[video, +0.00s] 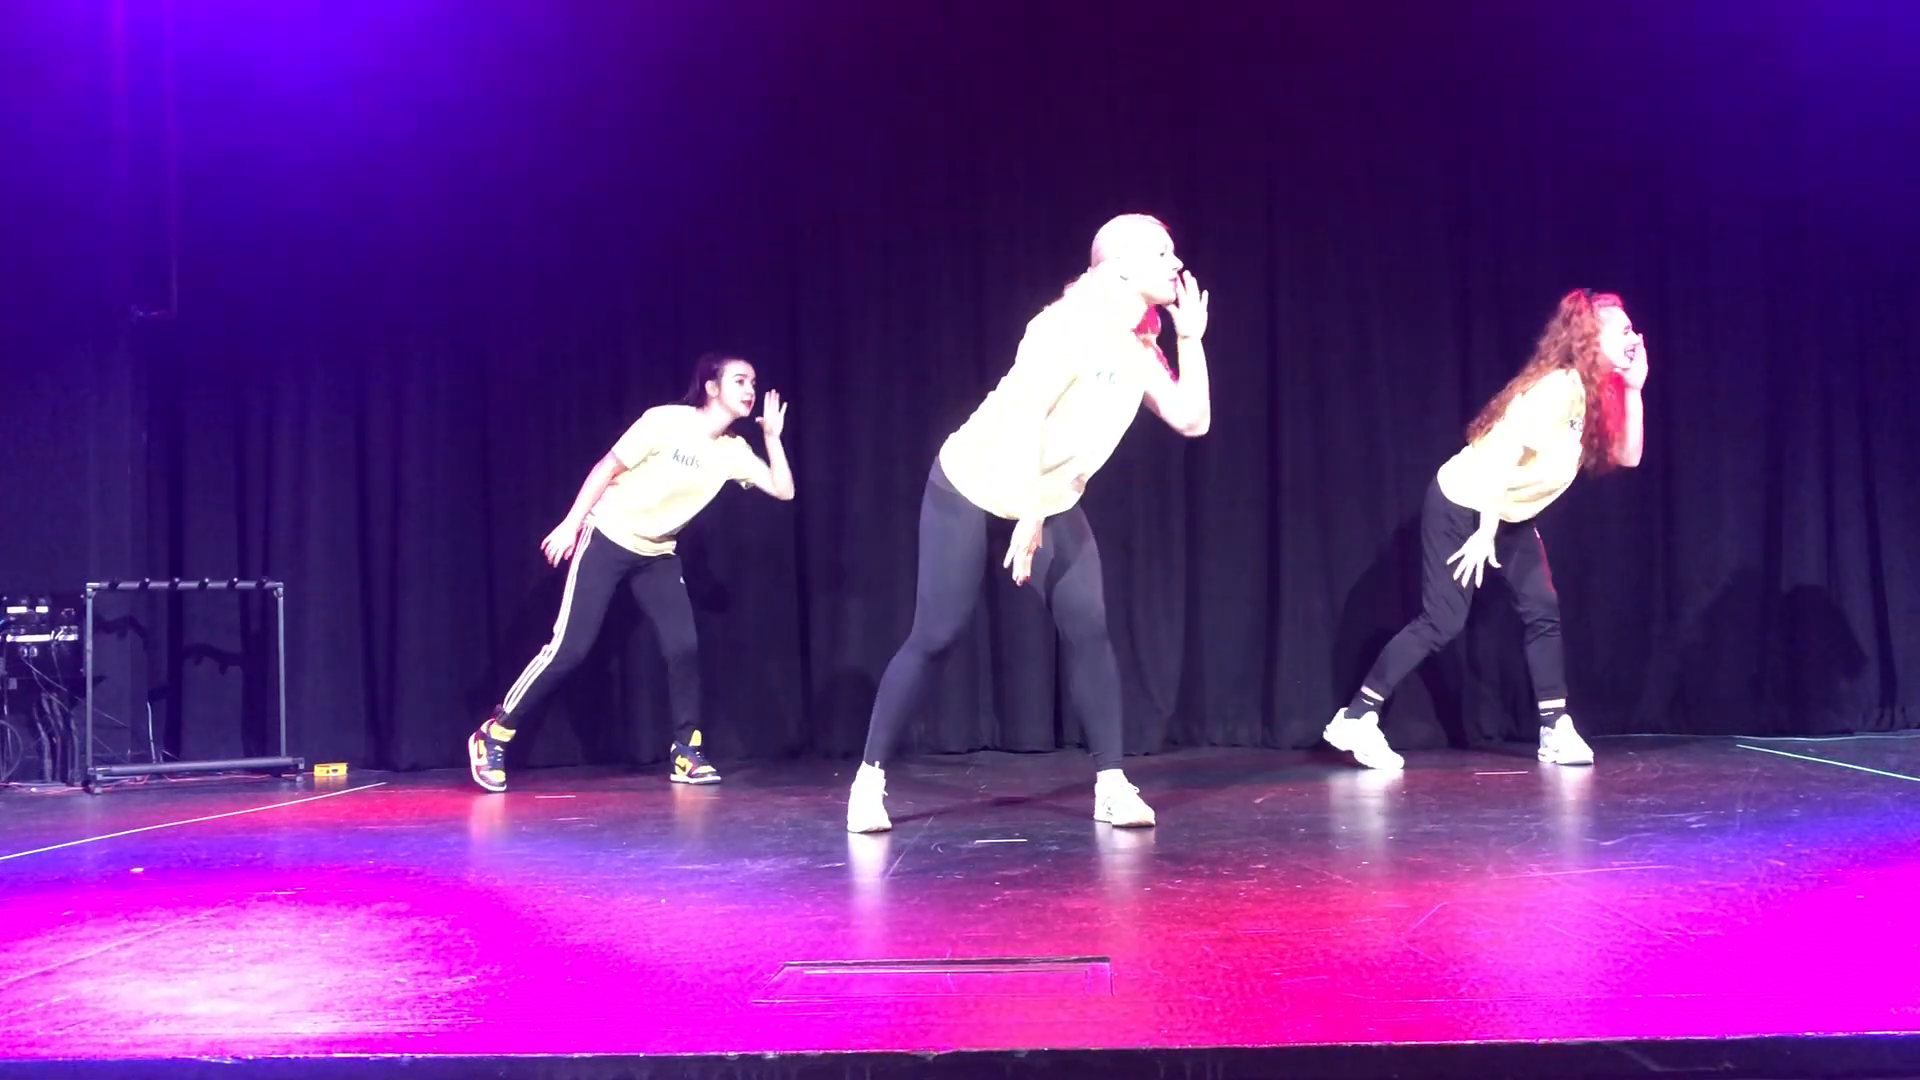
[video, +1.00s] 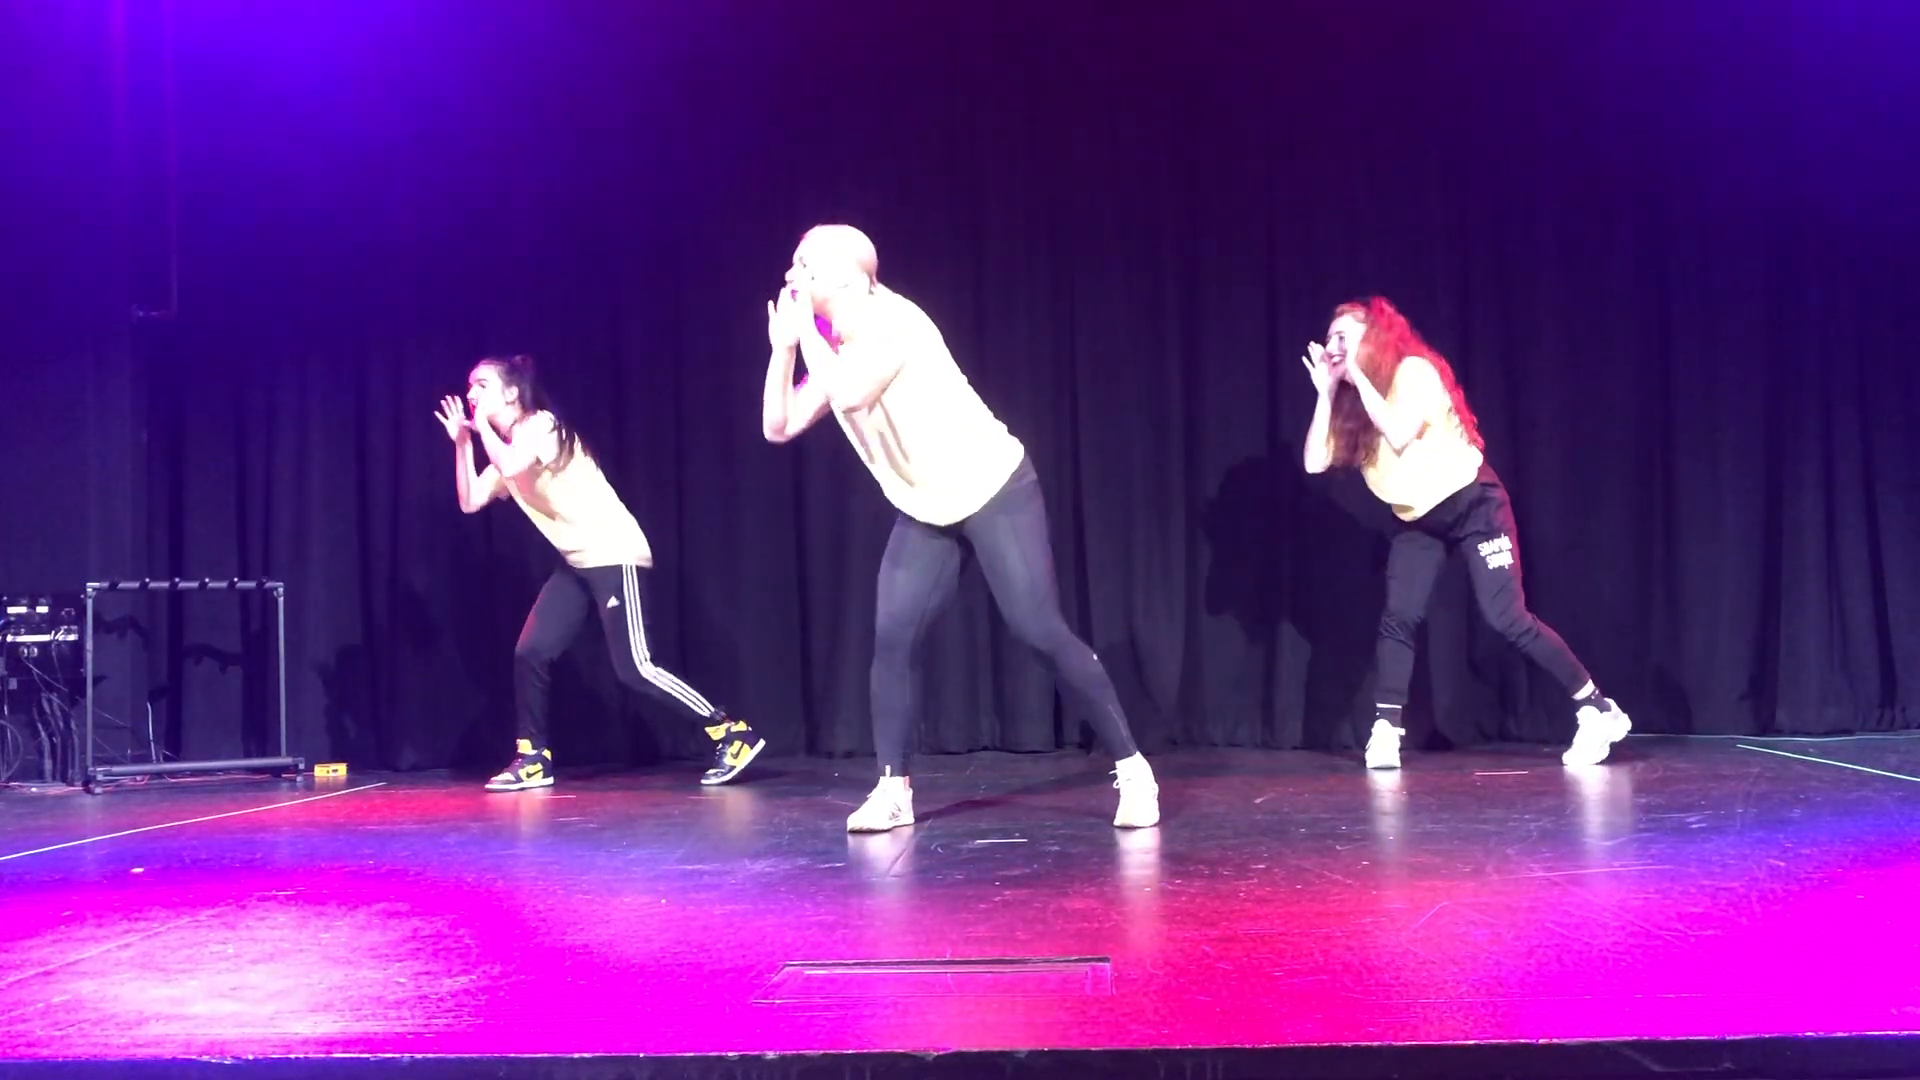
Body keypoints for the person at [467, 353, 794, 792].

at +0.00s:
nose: (750, 390)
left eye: (753, 384)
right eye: (740, 381)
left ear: (752, 394)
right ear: (711, 387)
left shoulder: (733, 452)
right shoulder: (666, 420)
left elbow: (784, 490)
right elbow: (608, 467)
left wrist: (773, 439)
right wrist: (571, 523)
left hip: (657, 555)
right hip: (606, 540)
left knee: (683, 646)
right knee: (571, 647)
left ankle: (686, 754)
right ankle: (492, 737)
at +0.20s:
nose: (731, 401)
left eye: (734, 394)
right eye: (720, 391)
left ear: (735, 405)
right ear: (692, 399)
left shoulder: (721, 459)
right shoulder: (651, 439)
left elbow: (767, 505)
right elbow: (597, 490)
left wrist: (754, 452)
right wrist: (549, 543)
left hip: (662, 566)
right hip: (607, 558)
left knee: (695, 651)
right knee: (574, 663)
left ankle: (686, 756)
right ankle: (494, 743)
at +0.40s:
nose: (611, 354)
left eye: (623, 345)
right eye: (604, 346)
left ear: (647, 355)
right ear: (596, 355)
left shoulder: (664, 408)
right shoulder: (581, 407)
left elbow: (678, 451)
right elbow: (539, 465)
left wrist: (638, 399)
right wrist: (475, 504)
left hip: (654, 542)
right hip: (592, 540)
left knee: (670, 642)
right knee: (553, 644)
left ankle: (698, 745)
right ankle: (526, 750)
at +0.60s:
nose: (501, 405)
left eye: (512, 395)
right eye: (501, 396)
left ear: (543, 401)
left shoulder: (571, 442)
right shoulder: (533, 458)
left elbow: (545, 494)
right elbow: (493, 511)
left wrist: (525, 444)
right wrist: (482, 455)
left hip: (631, 569)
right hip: (591, 572)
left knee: (636, 681)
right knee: (534, 654)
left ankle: (733, 739)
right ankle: (532, 760)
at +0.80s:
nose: (472, 410)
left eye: (481, 400)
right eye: (472, 402)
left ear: (513, 409)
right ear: (493, 414)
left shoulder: (547, 438)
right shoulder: (508, 466)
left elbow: (520, 479)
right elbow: (480, 521)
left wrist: (485, 440)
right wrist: (462, 469)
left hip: (623, 565)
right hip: (581, 572)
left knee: (637, 676)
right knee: (530, 653)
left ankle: (735, 739)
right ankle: (532, 761)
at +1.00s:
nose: (471, 395)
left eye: (481, 385)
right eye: (471, 386)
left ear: (513, 394)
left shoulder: (543, 425)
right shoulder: (504, 447)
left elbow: (512, 465)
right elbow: (471, 501)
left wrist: (481, 424)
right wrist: (461, 445)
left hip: (615, 555)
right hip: (577, 562)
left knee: (635, 668)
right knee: (531, 651)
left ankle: (731, 734)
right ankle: (534, 760)